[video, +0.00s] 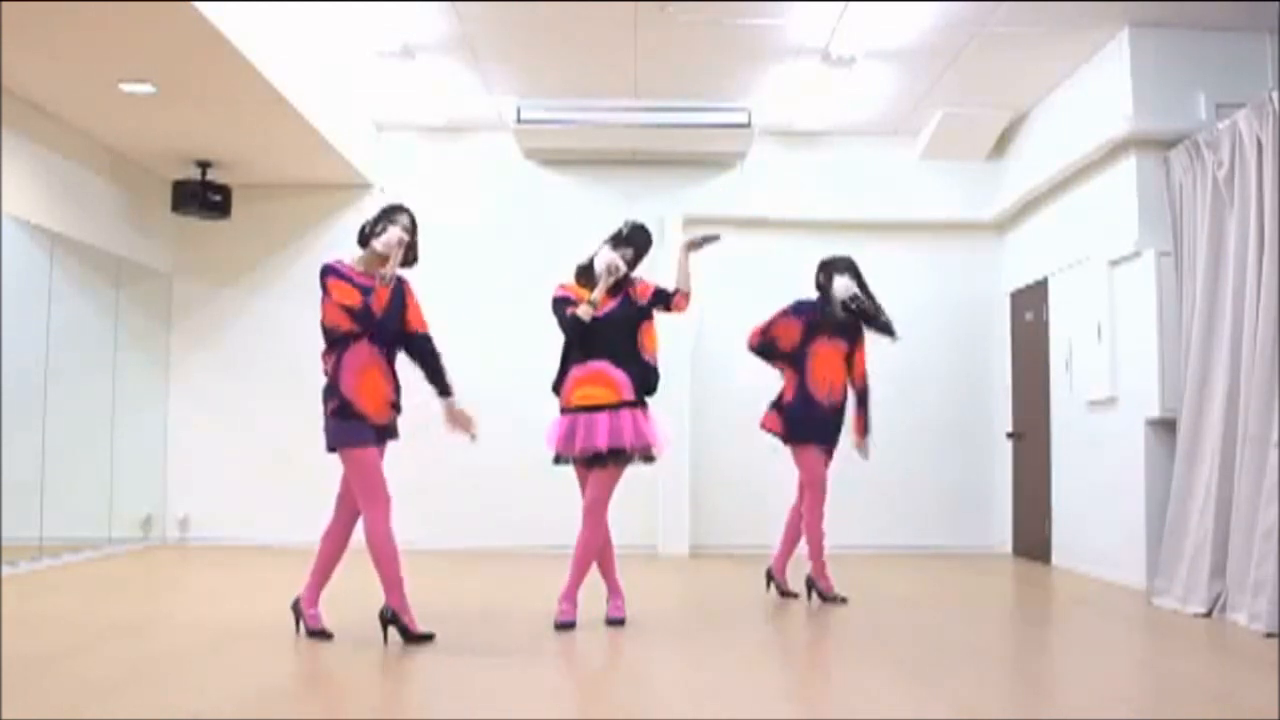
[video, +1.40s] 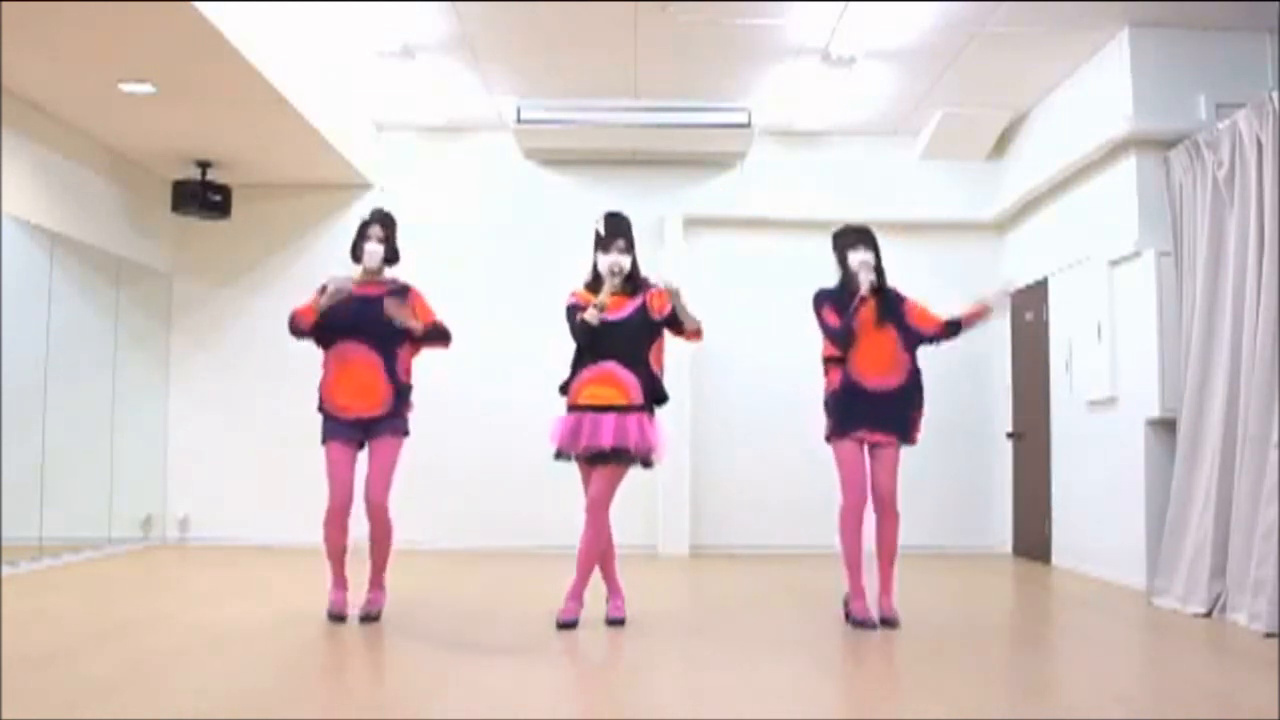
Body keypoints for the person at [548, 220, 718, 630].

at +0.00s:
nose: (621, 262)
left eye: (629, 258)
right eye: (619, 253)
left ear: (635, 261)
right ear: (605, 247)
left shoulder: (635, 290)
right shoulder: (570, 290)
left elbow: (681, 302)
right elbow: (573, 326)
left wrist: (684, 252)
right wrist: (601, 289)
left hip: (620, 406)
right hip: (578, 406)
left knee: (595, 505)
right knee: (593, 506)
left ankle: (569, 595)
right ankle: (614, 593)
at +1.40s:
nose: (615, 261)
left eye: (623, 253)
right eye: (608, 252)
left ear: (633, 255)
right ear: (596, 256)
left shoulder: (652, 298)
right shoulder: (582, 298)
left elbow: (691, 332)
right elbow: (581, 332)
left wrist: (676, 304)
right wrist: (597, 303)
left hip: (629, 406)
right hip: (585, 405)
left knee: (598, 502)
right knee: (595, 505)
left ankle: (575, 593)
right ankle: (614, 592)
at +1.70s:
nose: (617, 257)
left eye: (624, 249)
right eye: (610, 249)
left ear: (635, 253)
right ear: (597, 252)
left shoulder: (650, 297)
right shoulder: (581, 297)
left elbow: (663, 359)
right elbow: (588, 327)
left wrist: (680, 414)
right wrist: (606, 291)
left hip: (639, 404)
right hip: (595, 406)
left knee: (627, 498)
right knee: (602, 503)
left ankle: (645, 588)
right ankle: (613, 592)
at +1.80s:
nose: (617, 257)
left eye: (625, 249)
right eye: (609, 248)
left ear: (635, 253)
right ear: (597, 252)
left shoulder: (652, 296)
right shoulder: (582, 295)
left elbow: (656, 352)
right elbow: (590, 330)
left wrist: (661, 401)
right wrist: (608, 290)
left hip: (642, 401)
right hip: (597, 402)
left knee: (641, 501)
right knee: (605, 503)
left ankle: (644, 591)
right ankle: (613, 592)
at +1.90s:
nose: (619, 256)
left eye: (627, 247)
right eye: (611, 247)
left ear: (637, 251)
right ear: (598, 251)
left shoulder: (654, 295)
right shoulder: (583, 294)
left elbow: (659, 351)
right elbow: (591, 326)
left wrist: (666, 400)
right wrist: (609, 287)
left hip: (645, 401)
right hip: (599, 401)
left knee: (646, 502)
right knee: (606, 503)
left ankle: (645, 593)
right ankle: (613, 592)